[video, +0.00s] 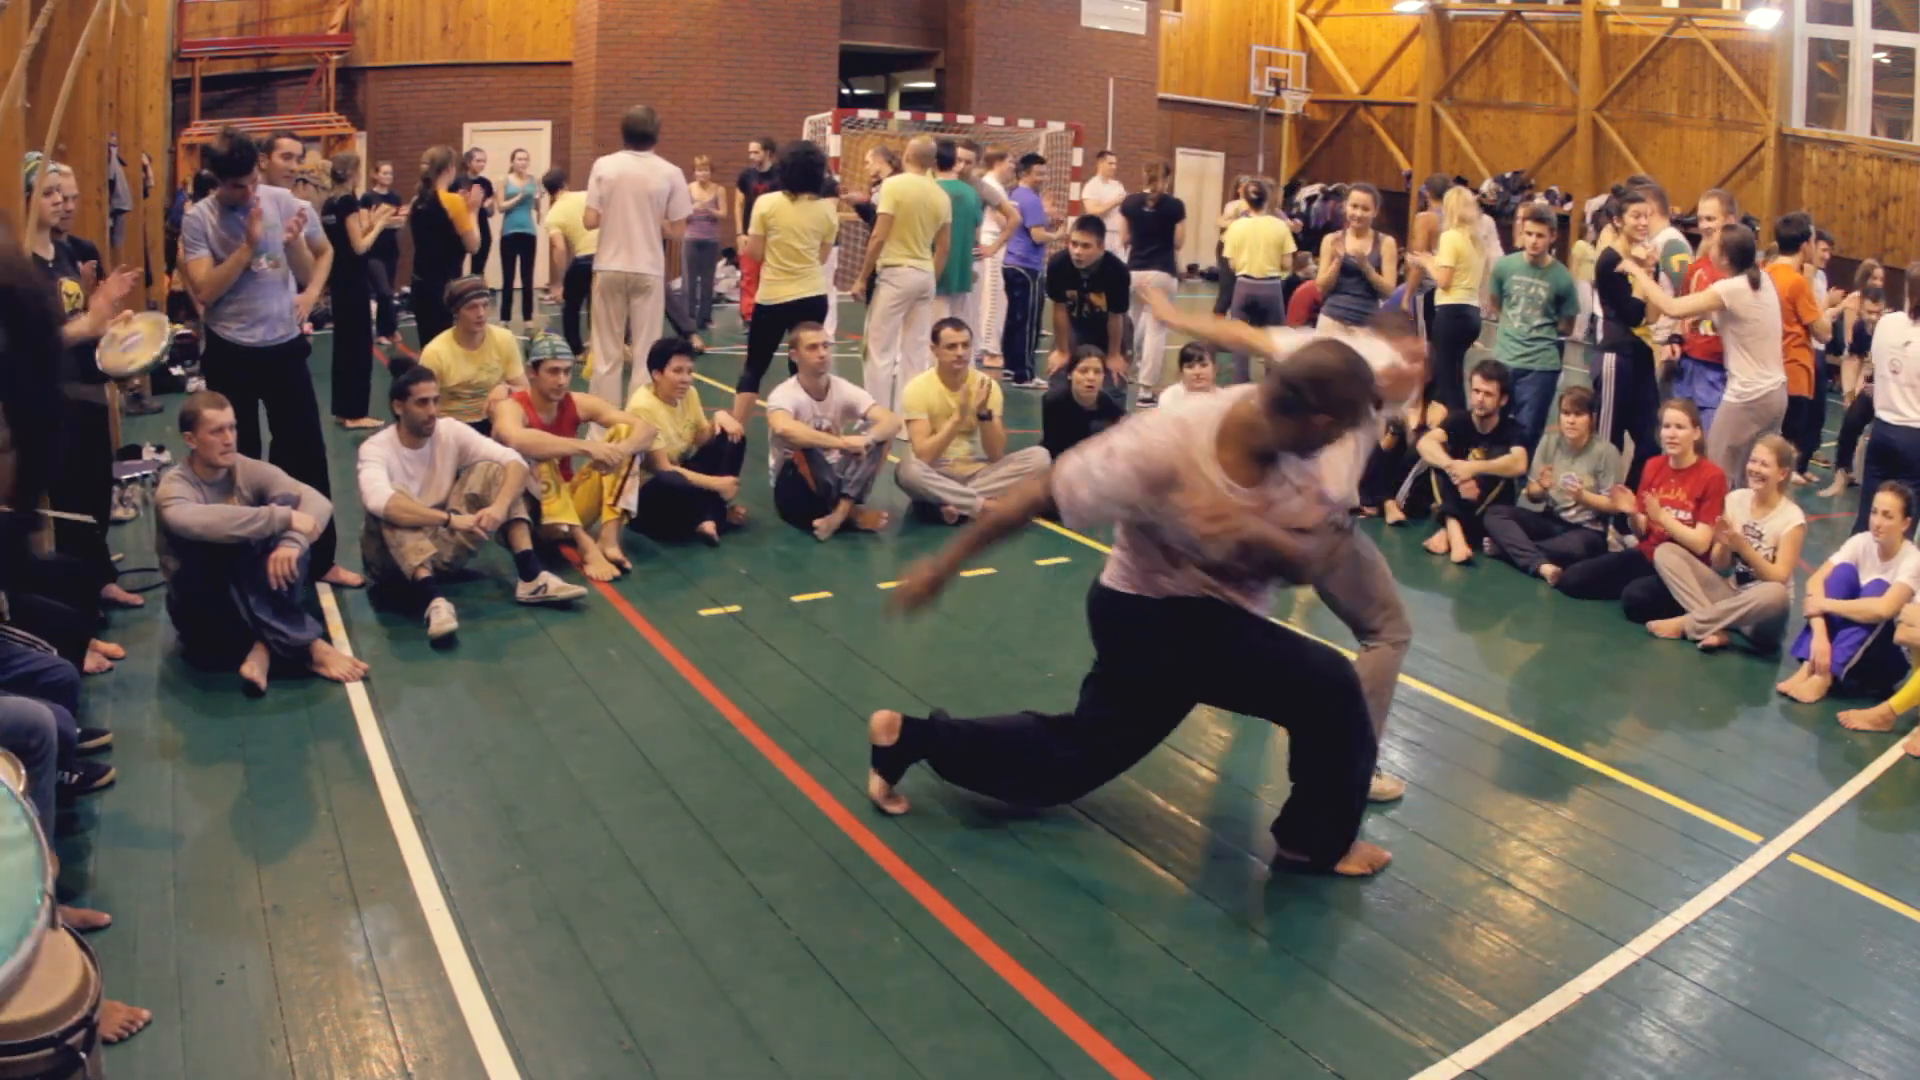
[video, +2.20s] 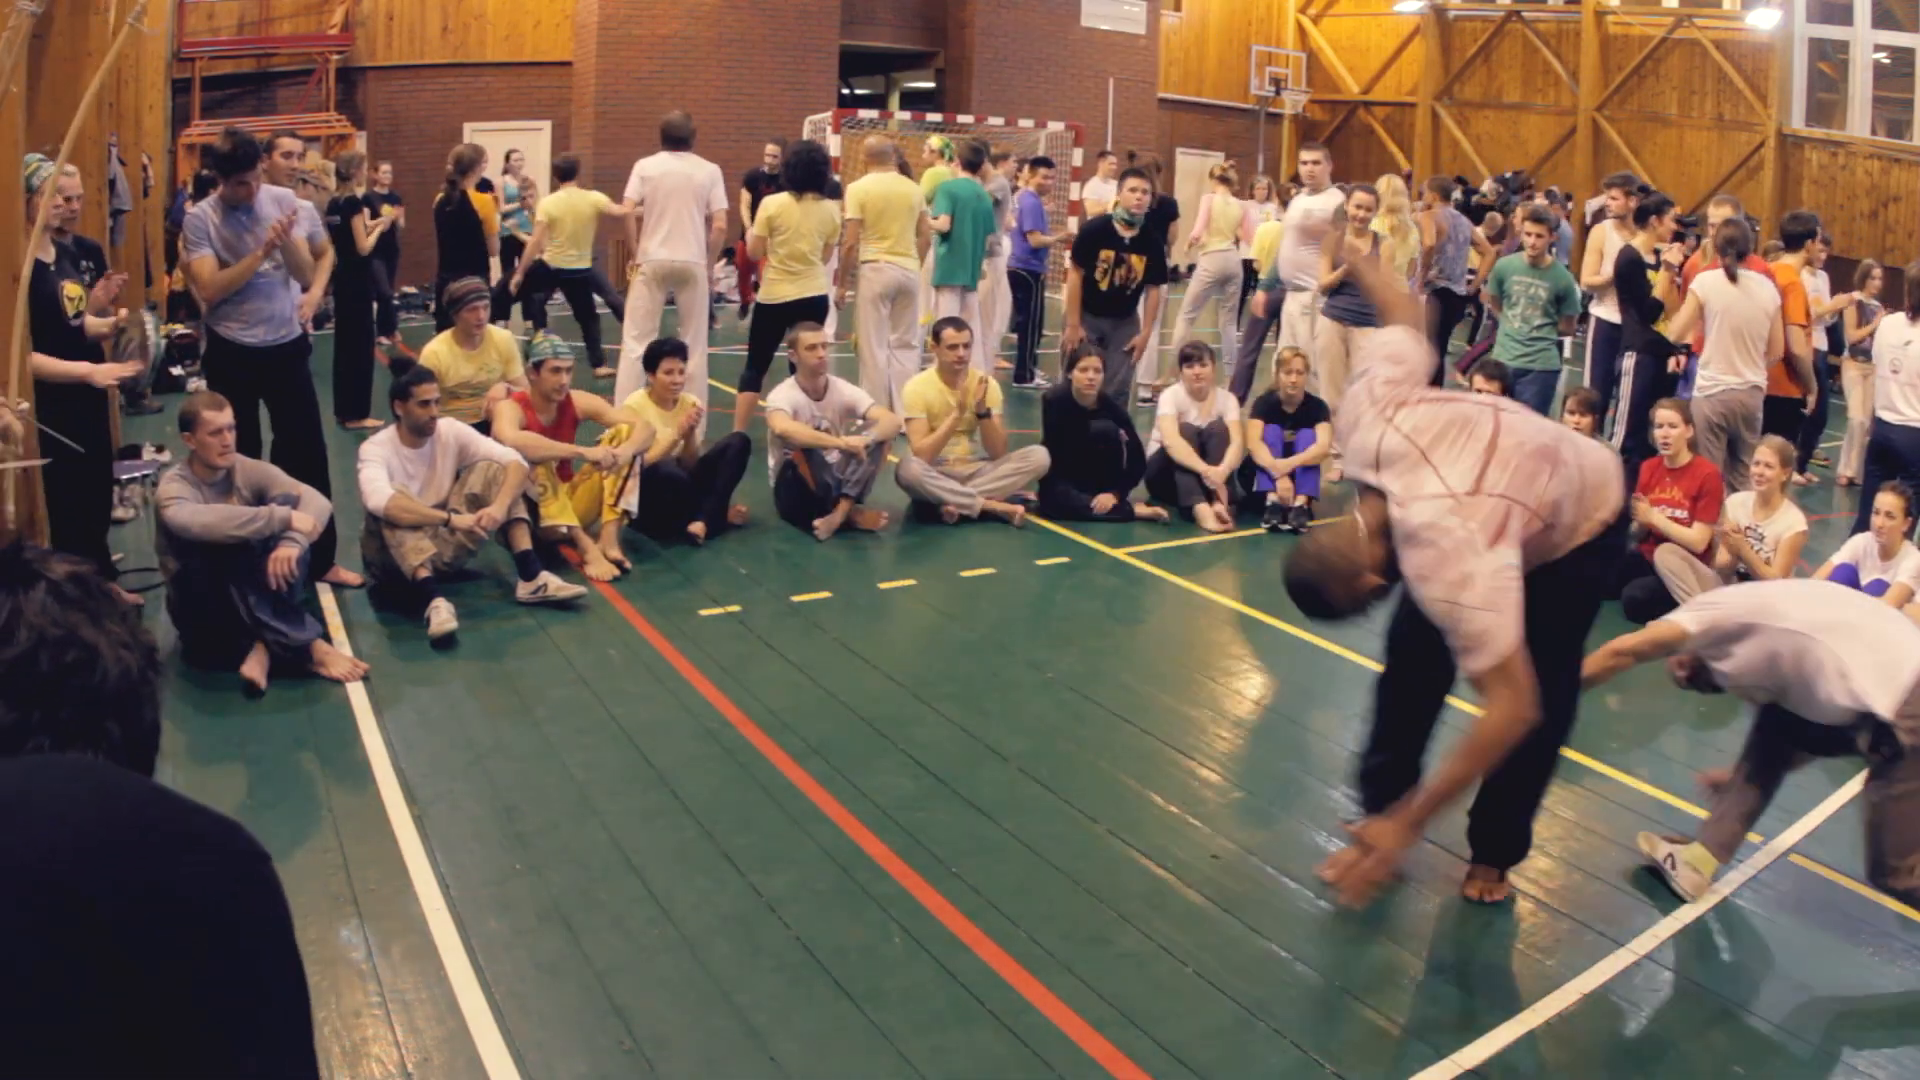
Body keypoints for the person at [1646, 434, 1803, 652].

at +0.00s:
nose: (1754, 469)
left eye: (1764, 464)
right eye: (1752, 461)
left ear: (1782, 474)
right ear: (1746, 463)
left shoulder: (1792, 517)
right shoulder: (1735, 499)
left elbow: (1779, 576)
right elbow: (1720, 566)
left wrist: (1741, 546)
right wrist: (1723, 542)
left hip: (1760, 606)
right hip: (1726, 592)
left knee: (1775, 593)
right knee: (1666, 552)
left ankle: (1685, 624)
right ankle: (1712, 629)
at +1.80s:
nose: (1757, 471)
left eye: (1766, 465)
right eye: (1754, 463)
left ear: (1784, 473)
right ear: (1748, 466)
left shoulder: (1794, 521)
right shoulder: (1734, 502)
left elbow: (1776, 578)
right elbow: (1720, 567)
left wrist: (1743, 551)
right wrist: (1730, 549)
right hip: (1726, 589)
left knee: (1774, 594)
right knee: (1685, 555)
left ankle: (1690, 624)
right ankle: (1709, 631)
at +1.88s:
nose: (1758, 471)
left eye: (1767, 465)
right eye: (1755, 463)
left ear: (1785, 473)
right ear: (1748, 466)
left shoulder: (1794, 521)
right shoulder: (1734, 502)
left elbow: (1777, 576)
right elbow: (1721, 546)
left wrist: (1742, 547)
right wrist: (1722, 536)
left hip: (1765, 589)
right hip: (1728, 582)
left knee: (1773, 591)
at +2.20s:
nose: (1759, 472)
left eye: (1769, 466)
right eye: (1756, 464)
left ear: (1785, 474)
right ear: (1749, 466)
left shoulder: (1794, 522)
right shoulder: (1735, 502)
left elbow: (1776, 579)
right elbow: (1720, 564)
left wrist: (1742, 549)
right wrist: (1733, 547)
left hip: (1764, 601)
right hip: (1727, 589)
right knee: (1666, 554)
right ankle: (1707, 620)